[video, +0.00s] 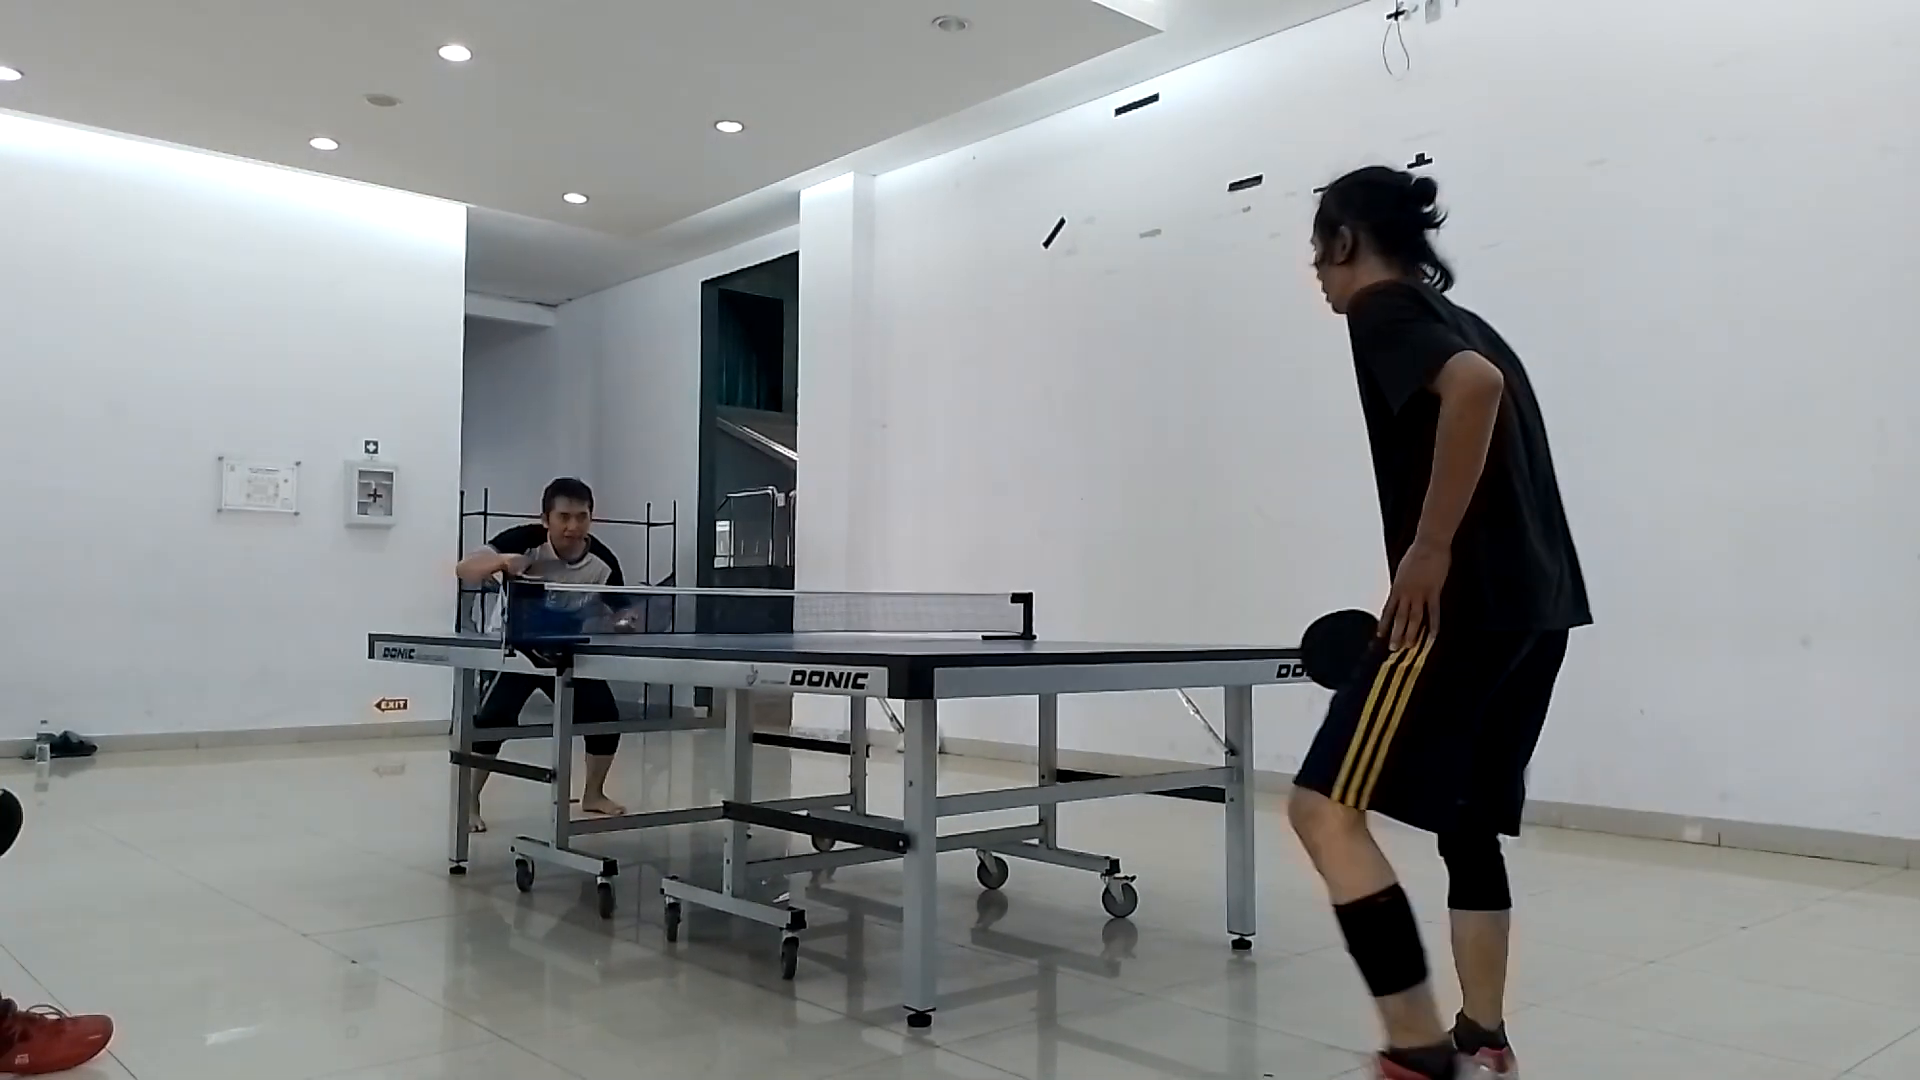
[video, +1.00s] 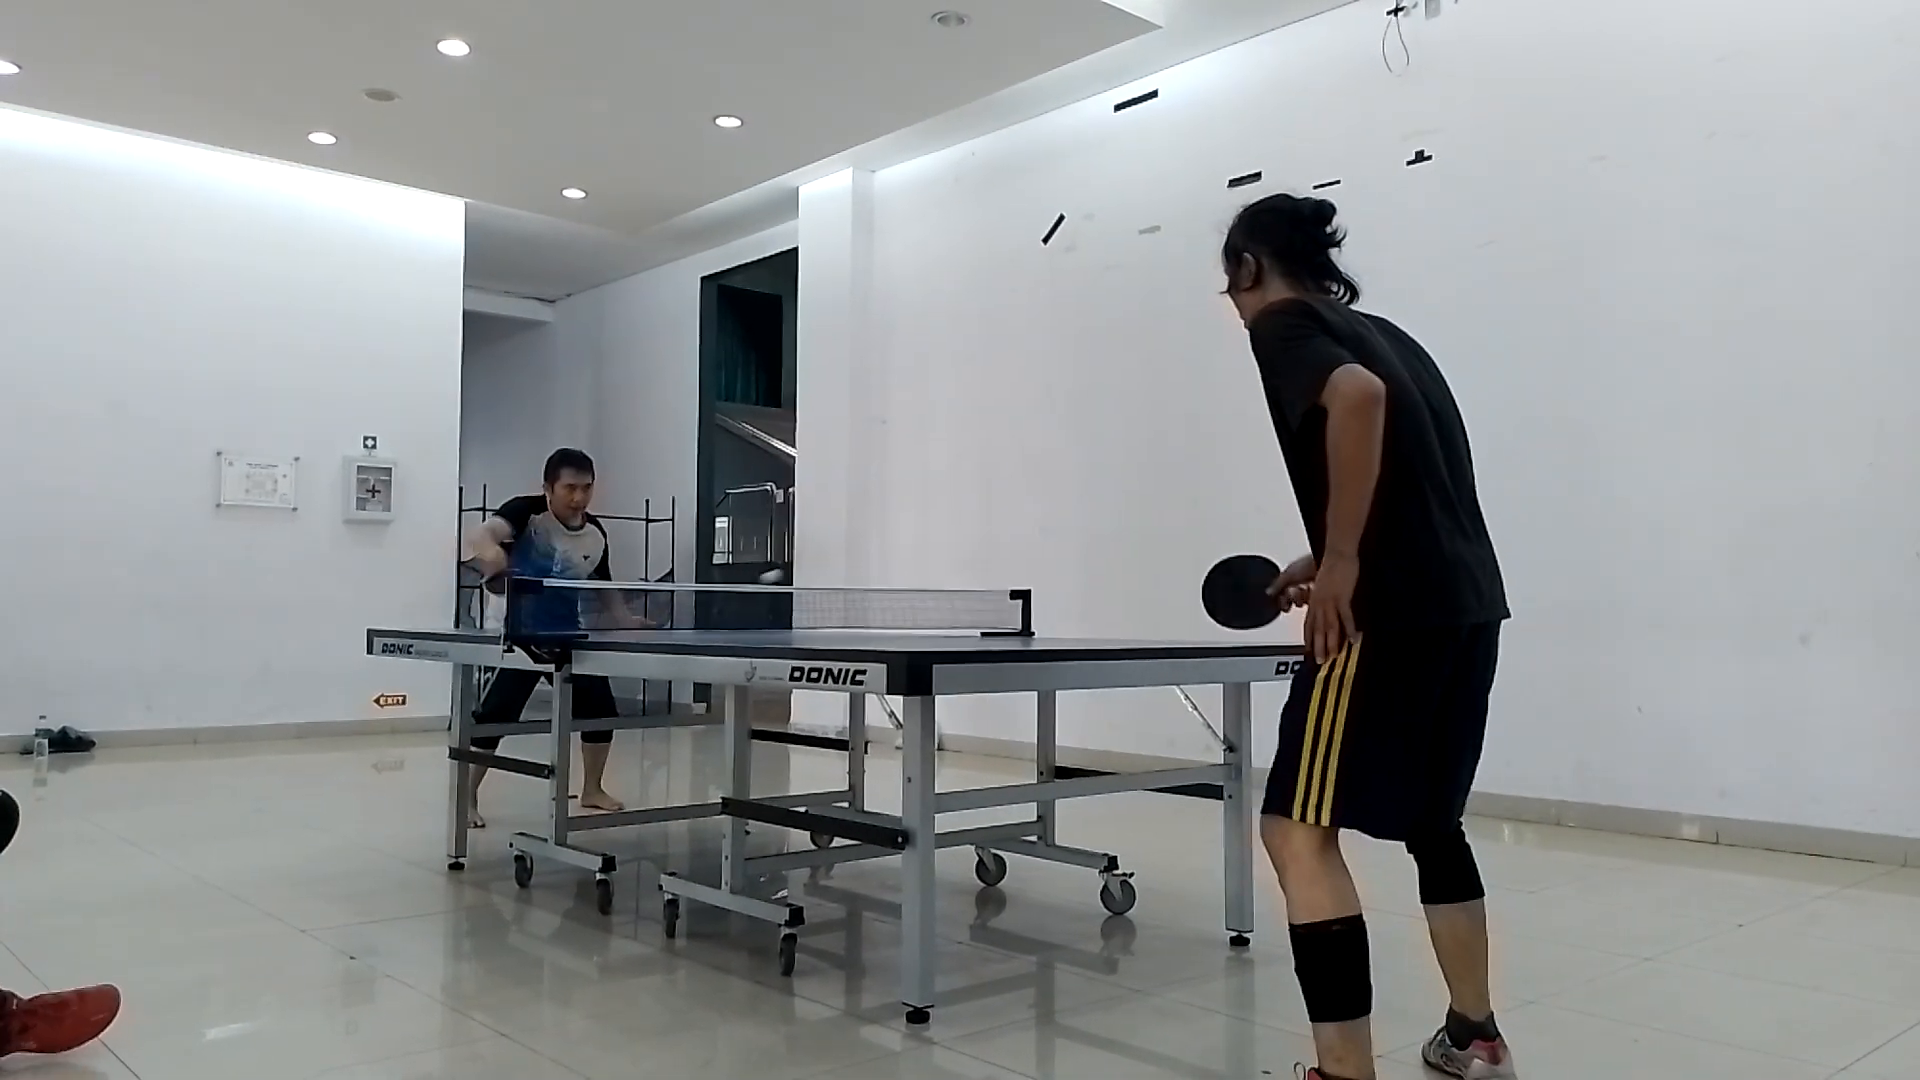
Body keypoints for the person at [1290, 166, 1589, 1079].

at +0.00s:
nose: (1320, 279)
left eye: (1321, 258)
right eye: (1317, 260)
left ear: (1350, 246)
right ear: (1410, 246)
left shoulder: (1387, 314)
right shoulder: (1473, 325)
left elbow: (1474, 382)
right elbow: (1511, 488)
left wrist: (1429, 545)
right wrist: (1398, 605)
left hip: (1461, 607)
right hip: (1536, 609)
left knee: (1322, 807)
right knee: (1472, 820)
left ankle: (1418, 1052)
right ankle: (1482, 1039)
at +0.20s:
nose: (1285, 288)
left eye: (1286, 268)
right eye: (1282, 270)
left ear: (1314, 255)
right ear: (1373, 253)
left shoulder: (1350, 322)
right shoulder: (1440, 333)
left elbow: (1436, 390)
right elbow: (1478, 495)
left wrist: (1390, 558)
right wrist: (1374, 607)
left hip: (1421, 611)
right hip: (1492, 612)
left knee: (1328, 826)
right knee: (1442, 819)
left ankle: (1348, 1067)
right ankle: (1479, 1036)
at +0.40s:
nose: (1261, 274)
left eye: (1262, 255)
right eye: (1258, 257)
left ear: (1287, 242)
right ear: (1352, 243)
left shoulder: (1311, 308)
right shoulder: (1421, 323)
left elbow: (1386, 384)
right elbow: (1465, 473)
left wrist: (1351, 546)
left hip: (1387, 603)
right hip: (1474, 603)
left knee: (1323, 819)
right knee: (1450, 818)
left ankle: (1347, 1067)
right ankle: (1479, 1036)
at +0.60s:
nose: (1261, 278)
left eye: (1259, 261)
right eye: (1258, 262)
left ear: (1281, 246)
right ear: (1349, 247)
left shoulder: (1306, 311)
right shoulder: (1413, 325)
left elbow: (1377, 385)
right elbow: (1452, 478)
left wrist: (1347, 550)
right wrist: (1351, 582)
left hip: (1387, 603)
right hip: (1473, 603)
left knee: (1325, 819)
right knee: (1451, 823)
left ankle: (1346, 1065)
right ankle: (1478, 1037)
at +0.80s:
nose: (1254, 288)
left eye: (1253, 270)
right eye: (1252, 272)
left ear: (1276, 258)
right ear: (1341, 257)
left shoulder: (1310, 319)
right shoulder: (1402, 331)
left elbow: (1393, 383)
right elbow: (1441, 489)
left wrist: (1367, 553)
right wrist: (1346, 577)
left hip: (1405, 606)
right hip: (1481, 606)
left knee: (1299, 803)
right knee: (1447, 820)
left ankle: (1339, 1057)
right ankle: (1479, 1035)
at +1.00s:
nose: (1234, 305)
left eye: (1231, 287)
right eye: (1229, 291)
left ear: (1252, 269)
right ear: (1323, 265)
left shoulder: (1283, 323)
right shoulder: (1387, 336)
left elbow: (1357, 393)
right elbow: (1415, 492)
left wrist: (1339, 559)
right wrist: (1312, 573)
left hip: (1383, 612)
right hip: (1467, 609)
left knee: (1294, 826)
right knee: (1434, 819)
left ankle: (1345, 1067)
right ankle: (1475, 1032)